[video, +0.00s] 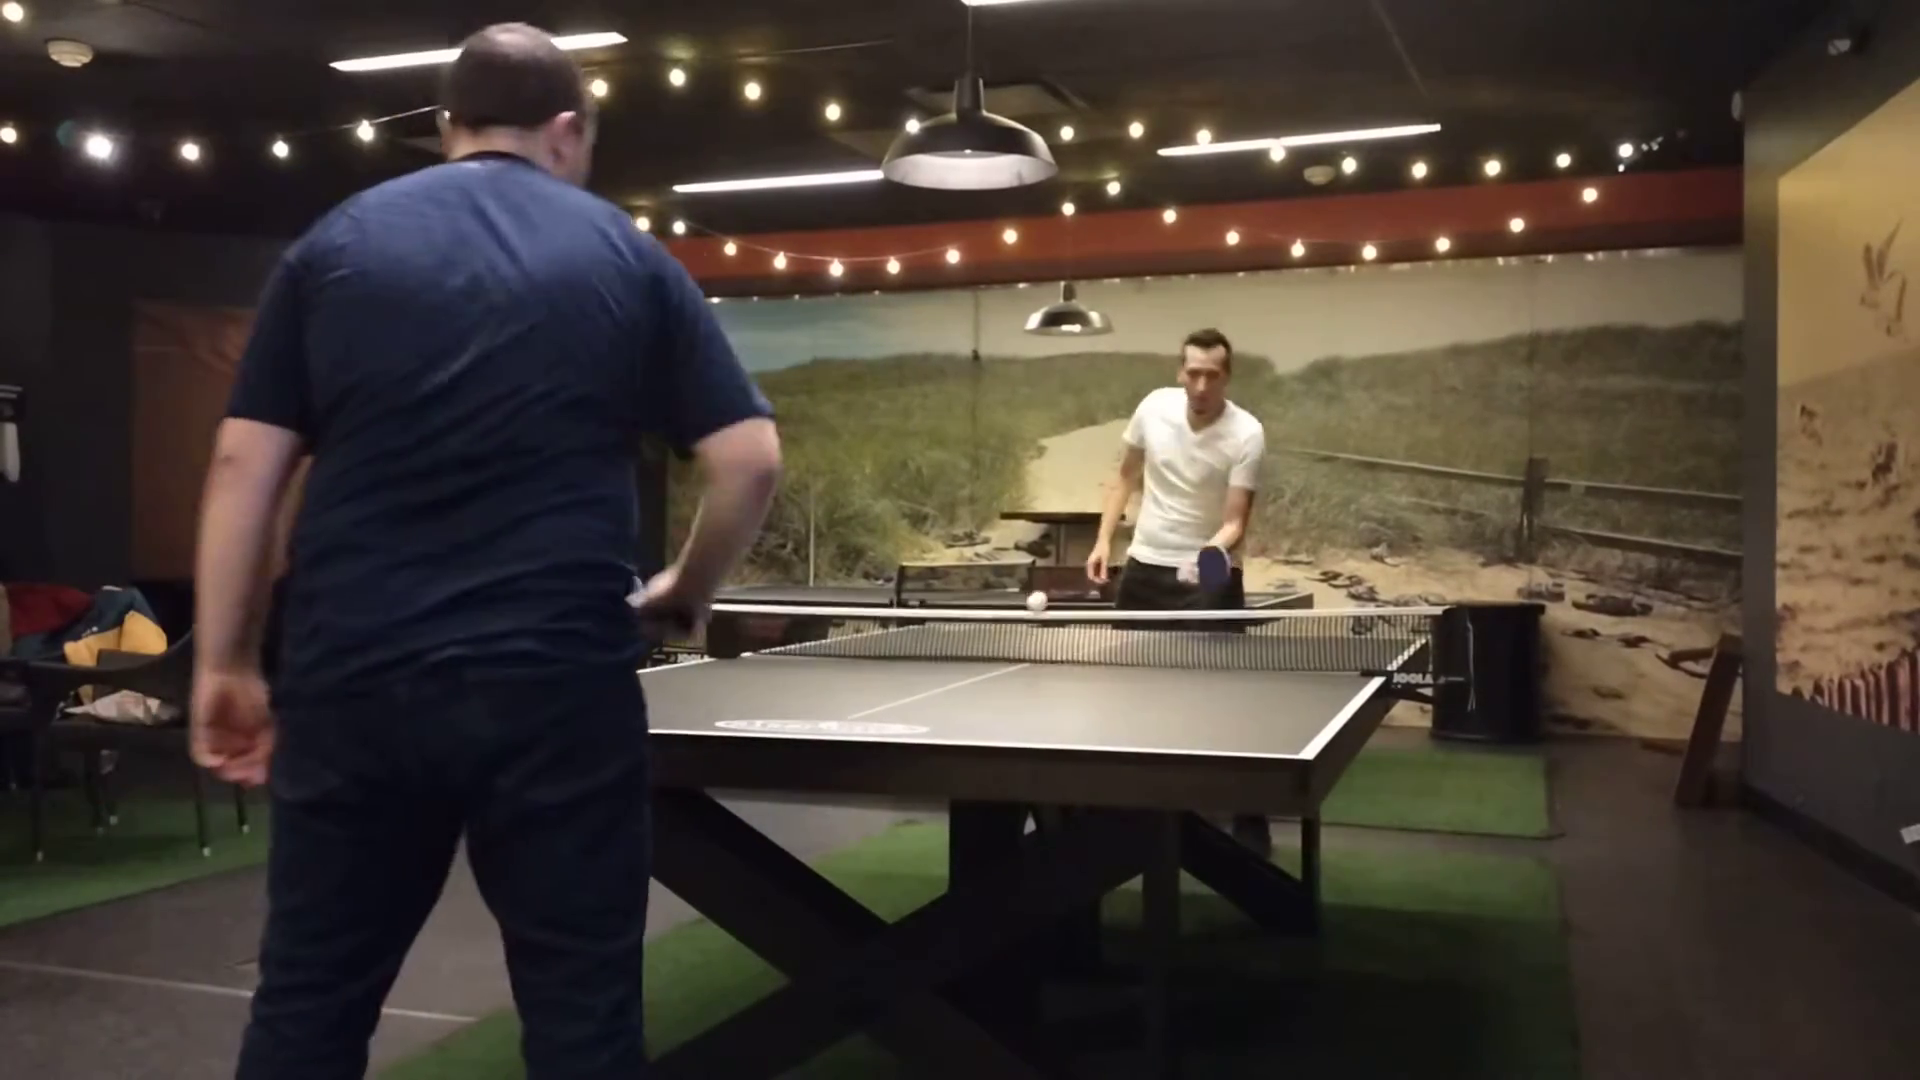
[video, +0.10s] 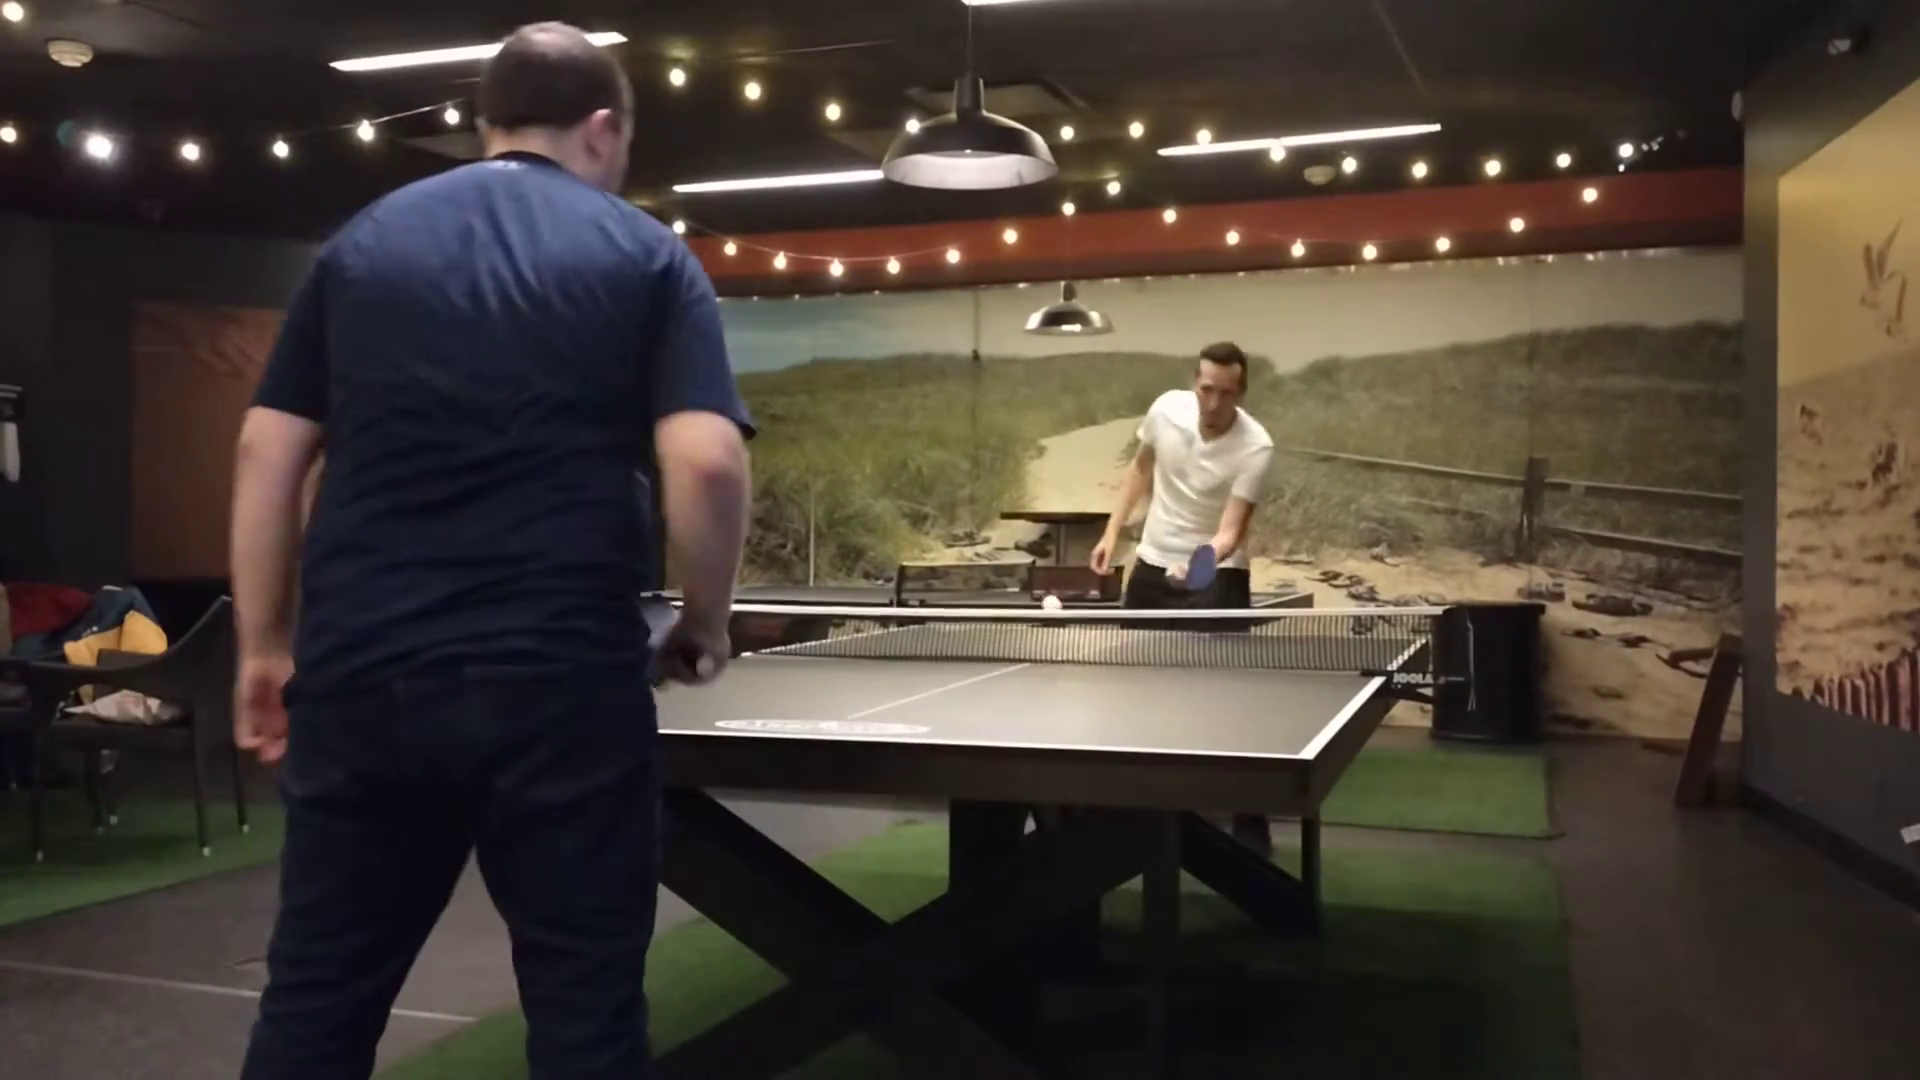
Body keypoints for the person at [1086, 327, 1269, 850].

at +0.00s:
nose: (1201, 386)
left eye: (1211, 376)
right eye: (1193, 374)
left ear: (1228, 377)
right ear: (1180, 372)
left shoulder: (1245, 434)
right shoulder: (1155, 406)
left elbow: (1236, 520)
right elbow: (1125, 479)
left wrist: (1214, 551)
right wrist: (1103, 543)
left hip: (1208, 582)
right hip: (1145, 575)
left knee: (1223, 693)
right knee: (1126, 684)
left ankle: (1246, 825)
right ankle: (1117, 812)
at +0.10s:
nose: (1212, 401)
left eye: (1224, 393)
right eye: (1205, 389)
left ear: (1241, 393)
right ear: (1194, 382)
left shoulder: (1254, 447)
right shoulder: (1168, 410)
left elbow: (1232, 530)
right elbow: (1141, 470)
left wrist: (1197, 565)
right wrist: (1111, 533)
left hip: (1216, 577)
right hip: (1152, 569)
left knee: (1227, 691)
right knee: (1130, 681)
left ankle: (1247, 827)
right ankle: (1119, 810)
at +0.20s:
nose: (1224, 410)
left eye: (1237, 402)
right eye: (1218, 397)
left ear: (1256, 402)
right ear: (1208, 389)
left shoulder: (1267, 451)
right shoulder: (1180, 411)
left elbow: (1239, 538)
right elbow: (1154, 464)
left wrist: (1200, 561)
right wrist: (1124, 534)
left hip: (1226, 576)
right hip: (1162, 566)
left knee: (1224, 691)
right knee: (1142, 679)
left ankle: (1241, 824)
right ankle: (1134, 807)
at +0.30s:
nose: (1239, 400)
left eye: (1252, 392)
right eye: (1233, 387)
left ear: (1271, 391)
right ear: (1222, 379)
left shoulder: (1285, 445)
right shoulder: (1192, 407)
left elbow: (1262, 535)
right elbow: (1168, 464)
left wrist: (1216, 563)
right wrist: (1143, 534)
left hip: (1238, 573)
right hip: (1172, 562)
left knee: (1238, 690)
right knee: (1142, 676)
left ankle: (1250, 820)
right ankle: (1132, 807)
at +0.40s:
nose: (1251, 385)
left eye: (1264, 376)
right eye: (1245, 371)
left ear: (1282, 377)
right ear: (1232, 365)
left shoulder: (1297, 433)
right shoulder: (1201, 397)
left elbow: (1291, 528)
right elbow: (1175, 464)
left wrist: (1236, 570)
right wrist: (1155, 533)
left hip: (1248, 574)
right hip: (1176, 563)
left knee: (1244, 691)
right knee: (1147, 678)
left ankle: (1251, 822)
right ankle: (1141, 812)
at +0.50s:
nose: (1256, 369)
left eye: (1269, 360)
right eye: (1250, 356)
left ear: (1288, 362)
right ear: (1237, 352)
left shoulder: (1307, 422)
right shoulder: (1205, 390)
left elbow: (1310, 517)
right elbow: (1175, 460)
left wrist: (1264, 582)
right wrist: (1156, 532)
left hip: (1252, 574)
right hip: (1180, 563)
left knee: (1248, 704)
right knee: (1164, 691)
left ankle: (1252, 837)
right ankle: (1159, 823)